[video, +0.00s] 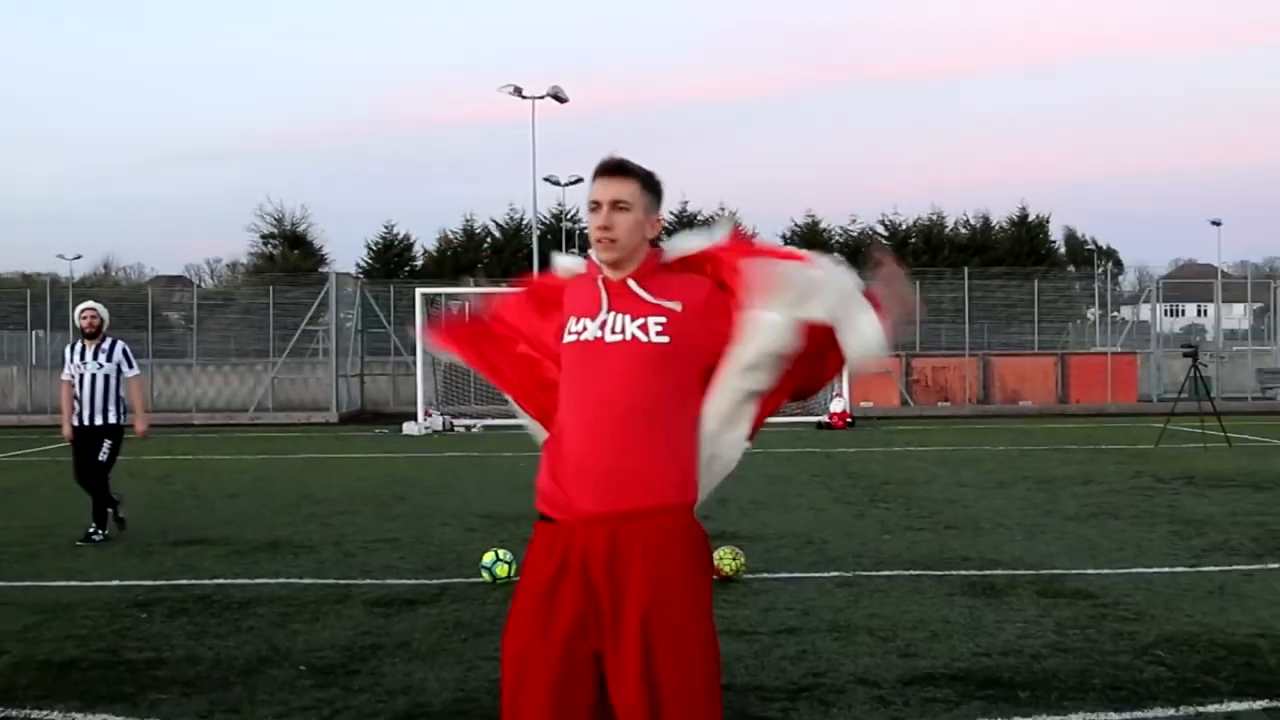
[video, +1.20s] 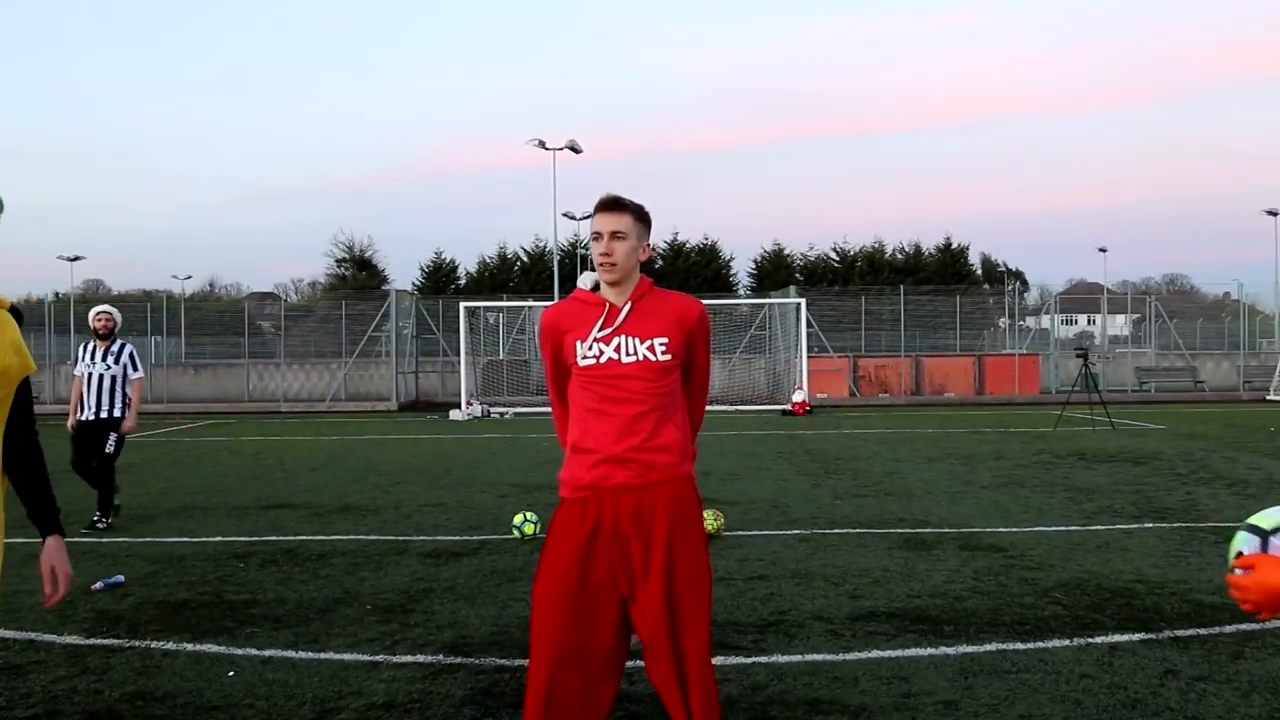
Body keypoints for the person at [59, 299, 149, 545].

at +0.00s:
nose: (89, 322)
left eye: (94, 317)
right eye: (85, 318)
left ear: (102, 322)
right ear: (78, 323)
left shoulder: (118, 348)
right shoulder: (72, 350)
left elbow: (134, 381)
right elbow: (67, 385)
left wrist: (139, 416)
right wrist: (66, 421)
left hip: (110, 421)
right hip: (82, 422)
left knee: (97, 472)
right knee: (82, 475)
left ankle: (99, 526)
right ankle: (113, 503)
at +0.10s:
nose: (120, 321)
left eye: (124, 317)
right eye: (116, 317)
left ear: (133, 321)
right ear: (111, 322)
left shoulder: (147, 345)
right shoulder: (104, 347)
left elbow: (160, 377)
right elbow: (99, 379)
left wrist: (159, 411)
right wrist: (96, 410)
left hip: (138, 416)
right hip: (112, 416)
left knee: (133, 465)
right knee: (106, 464)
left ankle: (136, 515)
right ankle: (131, 494)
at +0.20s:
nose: (158, 322)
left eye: (161, 318)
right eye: (154, 319)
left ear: (169, 322)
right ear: (149, 323)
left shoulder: (181, 344)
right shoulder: (143, 345)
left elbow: (192, 374)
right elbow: (138, 373)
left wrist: (180, 401)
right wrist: (136, 399)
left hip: (174, 410)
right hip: (150, 410)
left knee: (177, 455)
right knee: (138, 452)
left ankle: (182, 500)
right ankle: (147, 495)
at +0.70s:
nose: (134, 324)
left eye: (138, 320)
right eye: (130, 321)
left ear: (145, 323)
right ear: (125, 326)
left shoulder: (160, 345)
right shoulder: (120, 350)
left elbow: (173, 375)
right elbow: (117, 382)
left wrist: (177, 405)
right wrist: (113, 412)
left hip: (156, 409)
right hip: (130, 411)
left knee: (151, 450)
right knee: (133, 458)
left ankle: (163, 489)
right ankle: (140, 504)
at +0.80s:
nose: (127, 323)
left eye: (131, 319)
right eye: (123, 320)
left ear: (139, 323)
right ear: (117, 325)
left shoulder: (153, 345)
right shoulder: (110, 350)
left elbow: (168, 374)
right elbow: (106, 381)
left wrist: (176, 405)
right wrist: (101, 413)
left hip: (147, 409)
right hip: (121, 411)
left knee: (137, 453)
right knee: (128, 456)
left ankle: (139, 504)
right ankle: (135, 502)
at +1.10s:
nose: (110, 327)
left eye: (115, 323)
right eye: (106, 323)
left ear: (122, 328)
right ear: (99, 329)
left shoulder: (133, 353)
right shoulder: (91, 353)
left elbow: (147, 384)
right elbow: (85, 385)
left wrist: (150, 416)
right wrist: (78, 416)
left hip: (124, 416)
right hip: (99, 416)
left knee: (109, 463)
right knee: (102, 464)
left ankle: (104, 514)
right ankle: (131, 496)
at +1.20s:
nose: (103, 323)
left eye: (108, 320)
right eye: (99, 320)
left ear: (115, 324)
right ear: (92, 325)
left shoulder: (125, 350)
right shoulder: (85, 349)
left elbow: (137, 383)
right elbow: (78, 381)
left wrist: (131, 416)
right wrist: (72, 413)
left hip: (113, 416)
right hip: (87, 416)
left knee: (104, 464)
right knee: (79, 463)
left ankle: (103, 513)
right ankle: (110, 490)